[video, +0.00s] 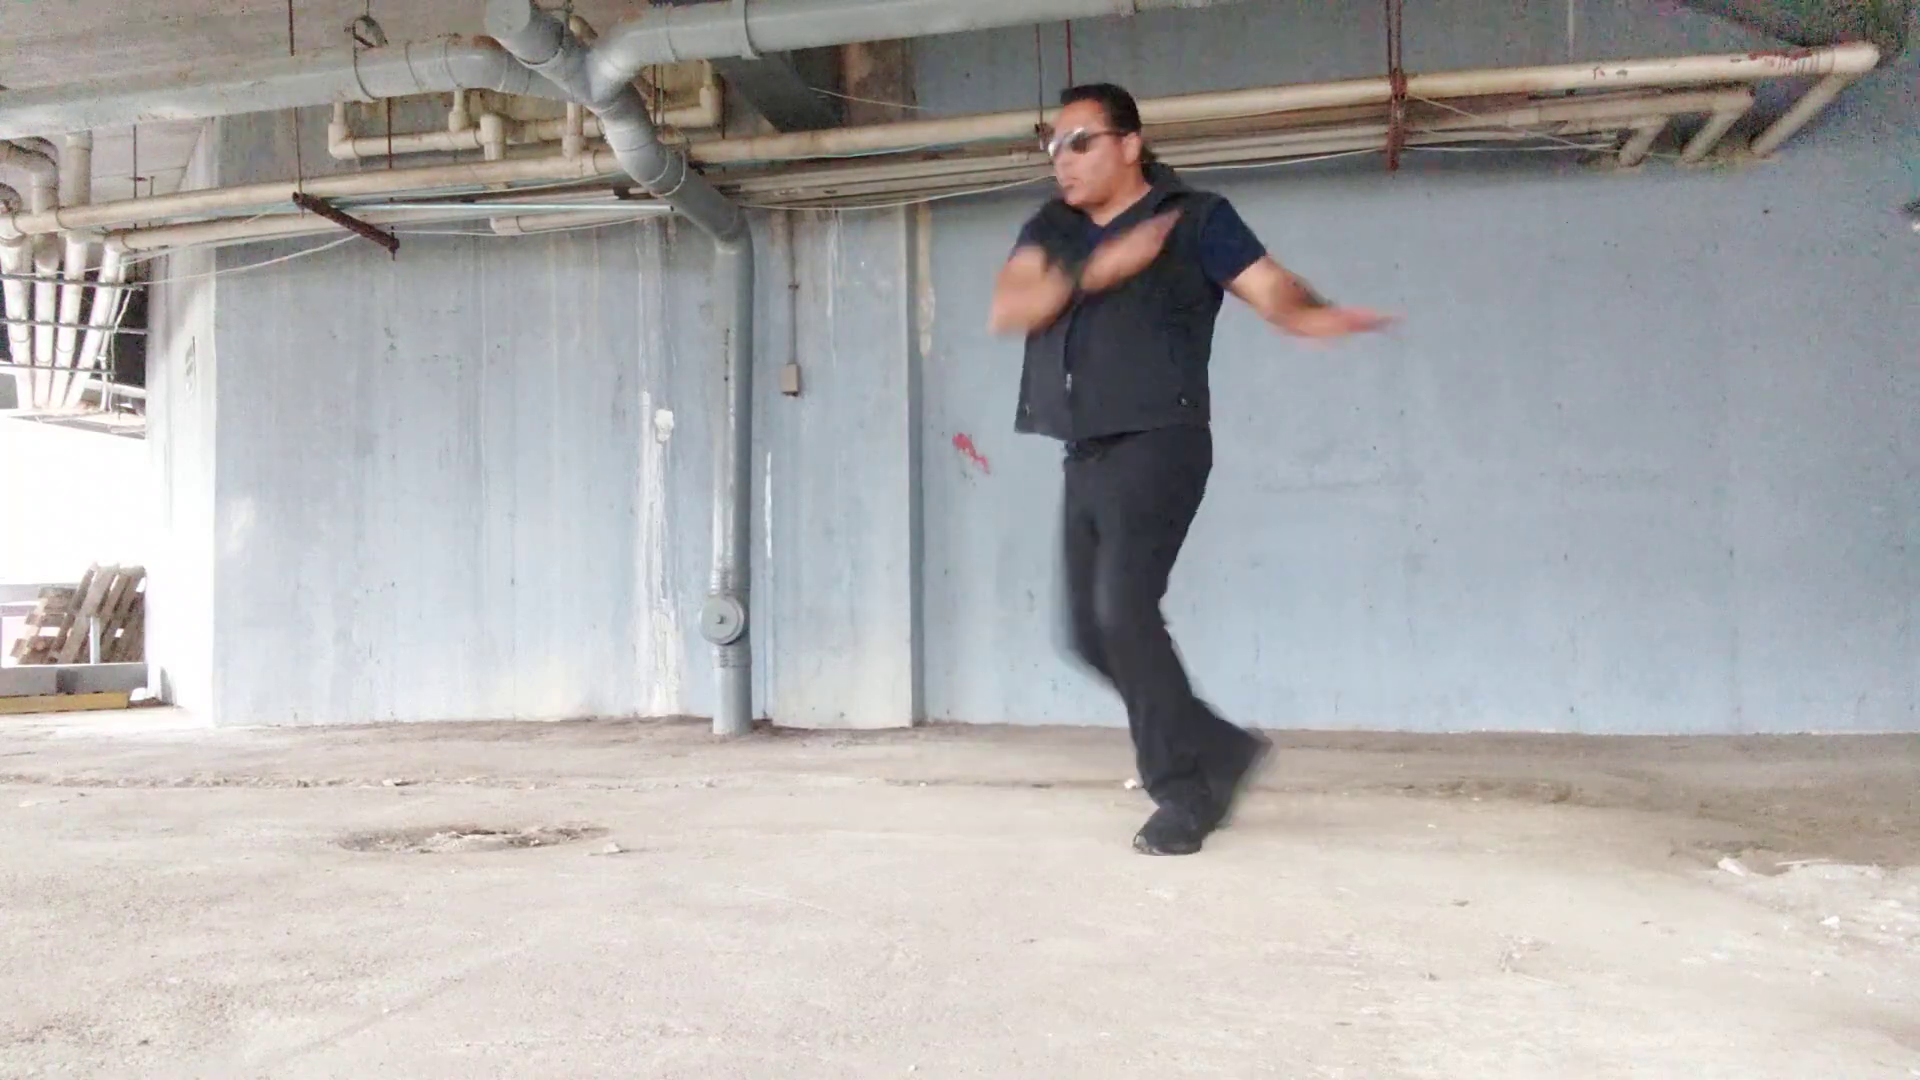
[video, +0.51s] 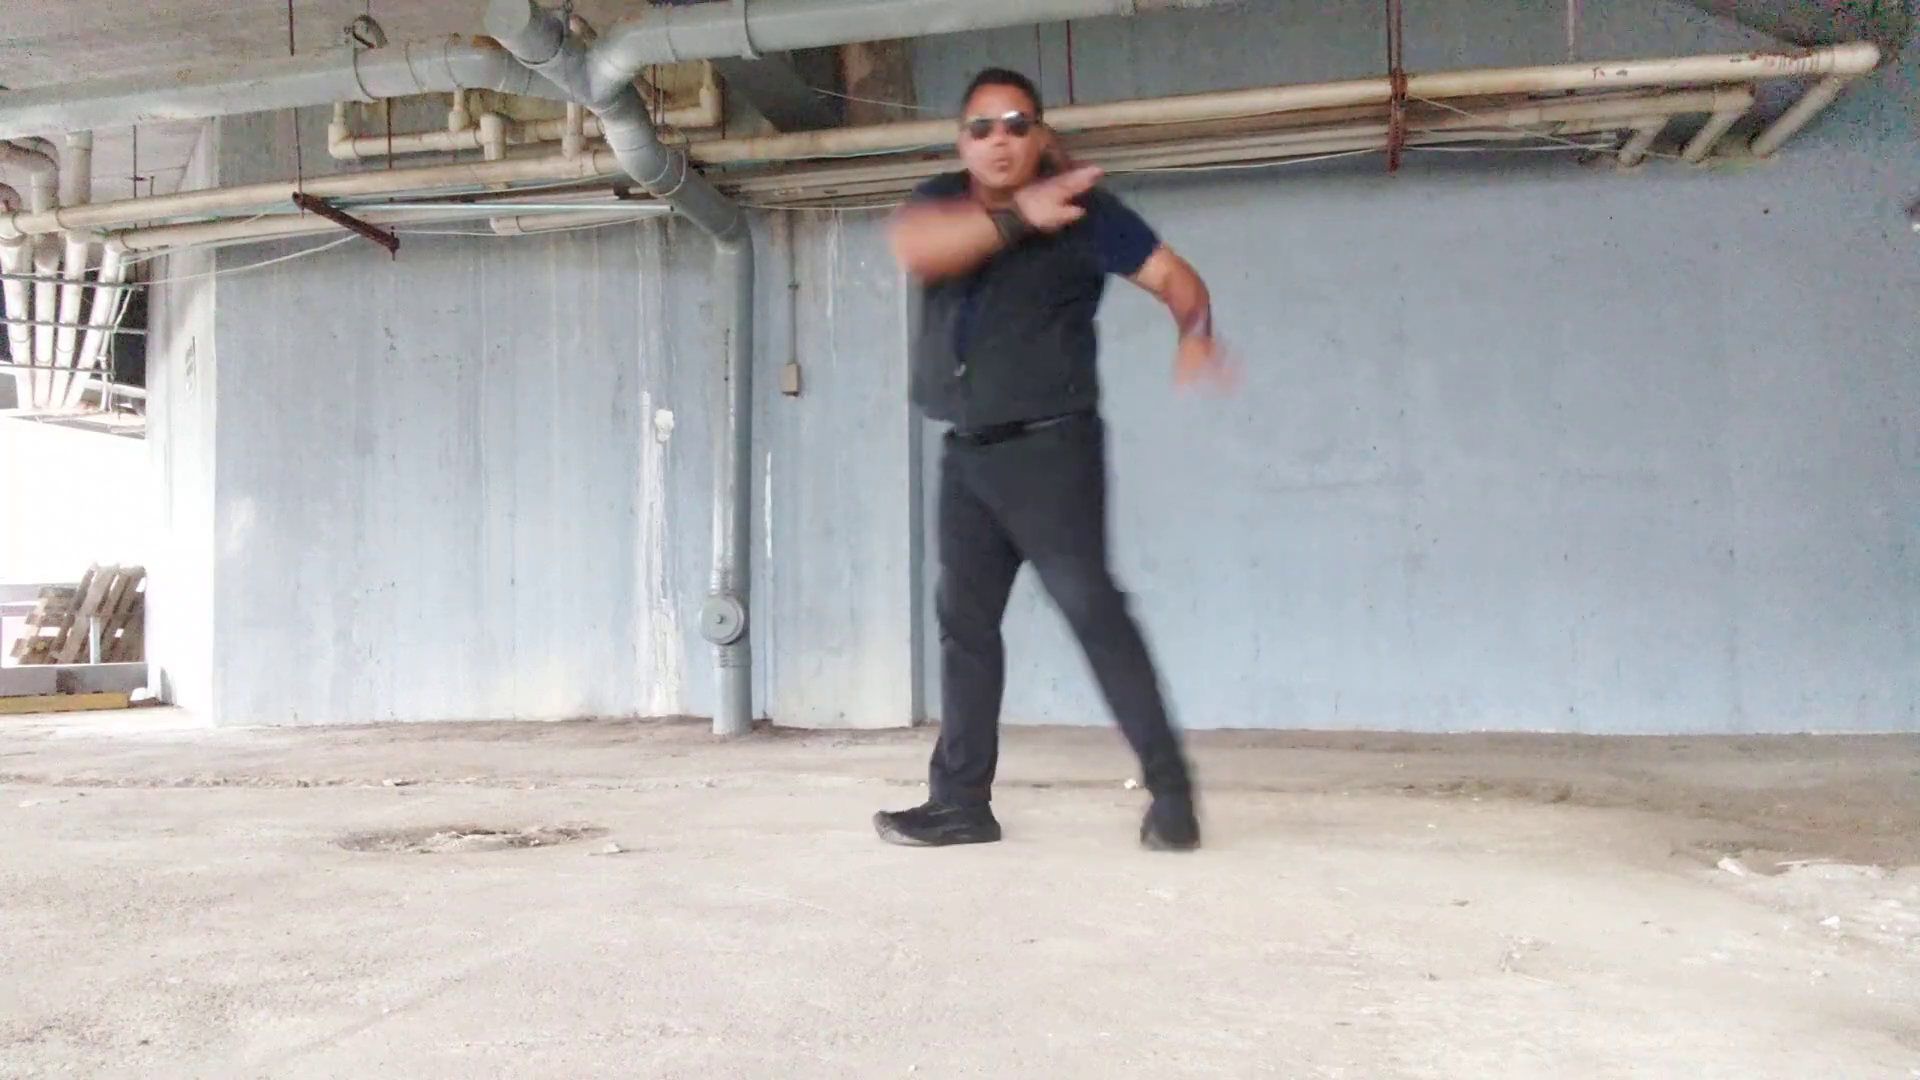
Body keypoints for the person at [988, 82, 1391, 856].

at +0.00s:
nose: (1063, 161)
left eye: (1079, 143)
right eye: (1055, 148)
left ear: (1130, 145)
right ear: (1052, 158)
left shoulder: (1193, 216)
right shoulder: (1056, 224)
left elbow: (1272, 288)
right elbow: (1006, 311)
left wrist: (1312, 315)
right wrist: (1097, 268)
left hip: (1161, 445)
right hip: (1087, 455)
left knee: (1124, 610)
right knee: (1089, 629)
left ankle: (1186, 790)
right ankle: (1220, 747)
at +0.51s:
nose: (999, 140)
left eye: (1016, 126)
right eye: (982, 127)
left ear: (1043, 138)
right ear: (961, 141)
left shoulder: (1081, 207)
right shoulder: (941, 203)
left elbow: (1175, 279)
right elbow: (911, 250)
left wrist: (1195, 332)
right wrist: (1019, 215)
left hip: (1053, 448)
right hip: (969, 453)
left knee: (1091, 610)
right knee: (966, 623)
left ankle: (1169, 787)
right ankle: (960, 801)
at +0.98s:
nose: (954, 171)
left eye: (967, 157)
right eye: (935, 157)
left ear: (983, 166)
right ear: (907, 166)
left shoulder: (1008, 249)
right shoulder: (865, 231)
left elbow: (1034, 336)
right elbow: (787, 300)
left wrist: (948, 315)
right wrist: (789, 365)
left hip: (980, 463)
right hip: (891, 459)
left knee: (1011, 617)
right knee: (881, 620)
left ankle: (961, 753)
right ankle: (842, 779)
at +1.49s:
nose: (979, 177)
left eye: (994, 161)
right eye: (961, 162)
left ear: (1015, 154)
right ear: (934, 157)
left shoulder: (1058, 213)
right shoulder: (900, 213)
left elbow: (1128, 275)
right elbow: (828, 246)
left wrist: (1118, 291)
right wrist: (816, 294)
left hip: (1020, 455)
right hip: (923, 454)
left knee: (1032, 623)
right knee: (885, 606)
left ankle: (1040, 801)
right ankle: (890, 762)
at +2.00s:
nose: (1050, 147)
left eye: (1065, 132)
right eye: (1033, 132)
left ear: (1087, 140)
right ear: (1007, 140)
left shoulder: (1126, 228)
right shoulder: (964, 223)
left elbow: (1163, 324)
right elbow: (908, 316)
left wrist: (1181, 387)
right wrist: (946, 329)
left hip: (1091, 453)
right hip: (992, 455)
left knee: (1090, 624)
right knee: (993, 622)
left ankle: (1086, 790)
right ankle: (1016, 766)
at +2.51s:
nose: (1053, 117)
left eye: (1068, 105)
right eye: (1035, 107)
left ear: (1089, 121)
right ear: (1012, 125)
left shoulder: (1121, 194)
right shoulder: (977, 217)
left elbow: (1181, 229)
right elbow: (920, 317)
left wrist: (1079, 184)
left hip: (1097, 438)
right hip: (1000, 439)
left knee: (1099, 614)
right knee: (973, 578)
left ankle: (1088, 786)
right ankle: (1003, 698)